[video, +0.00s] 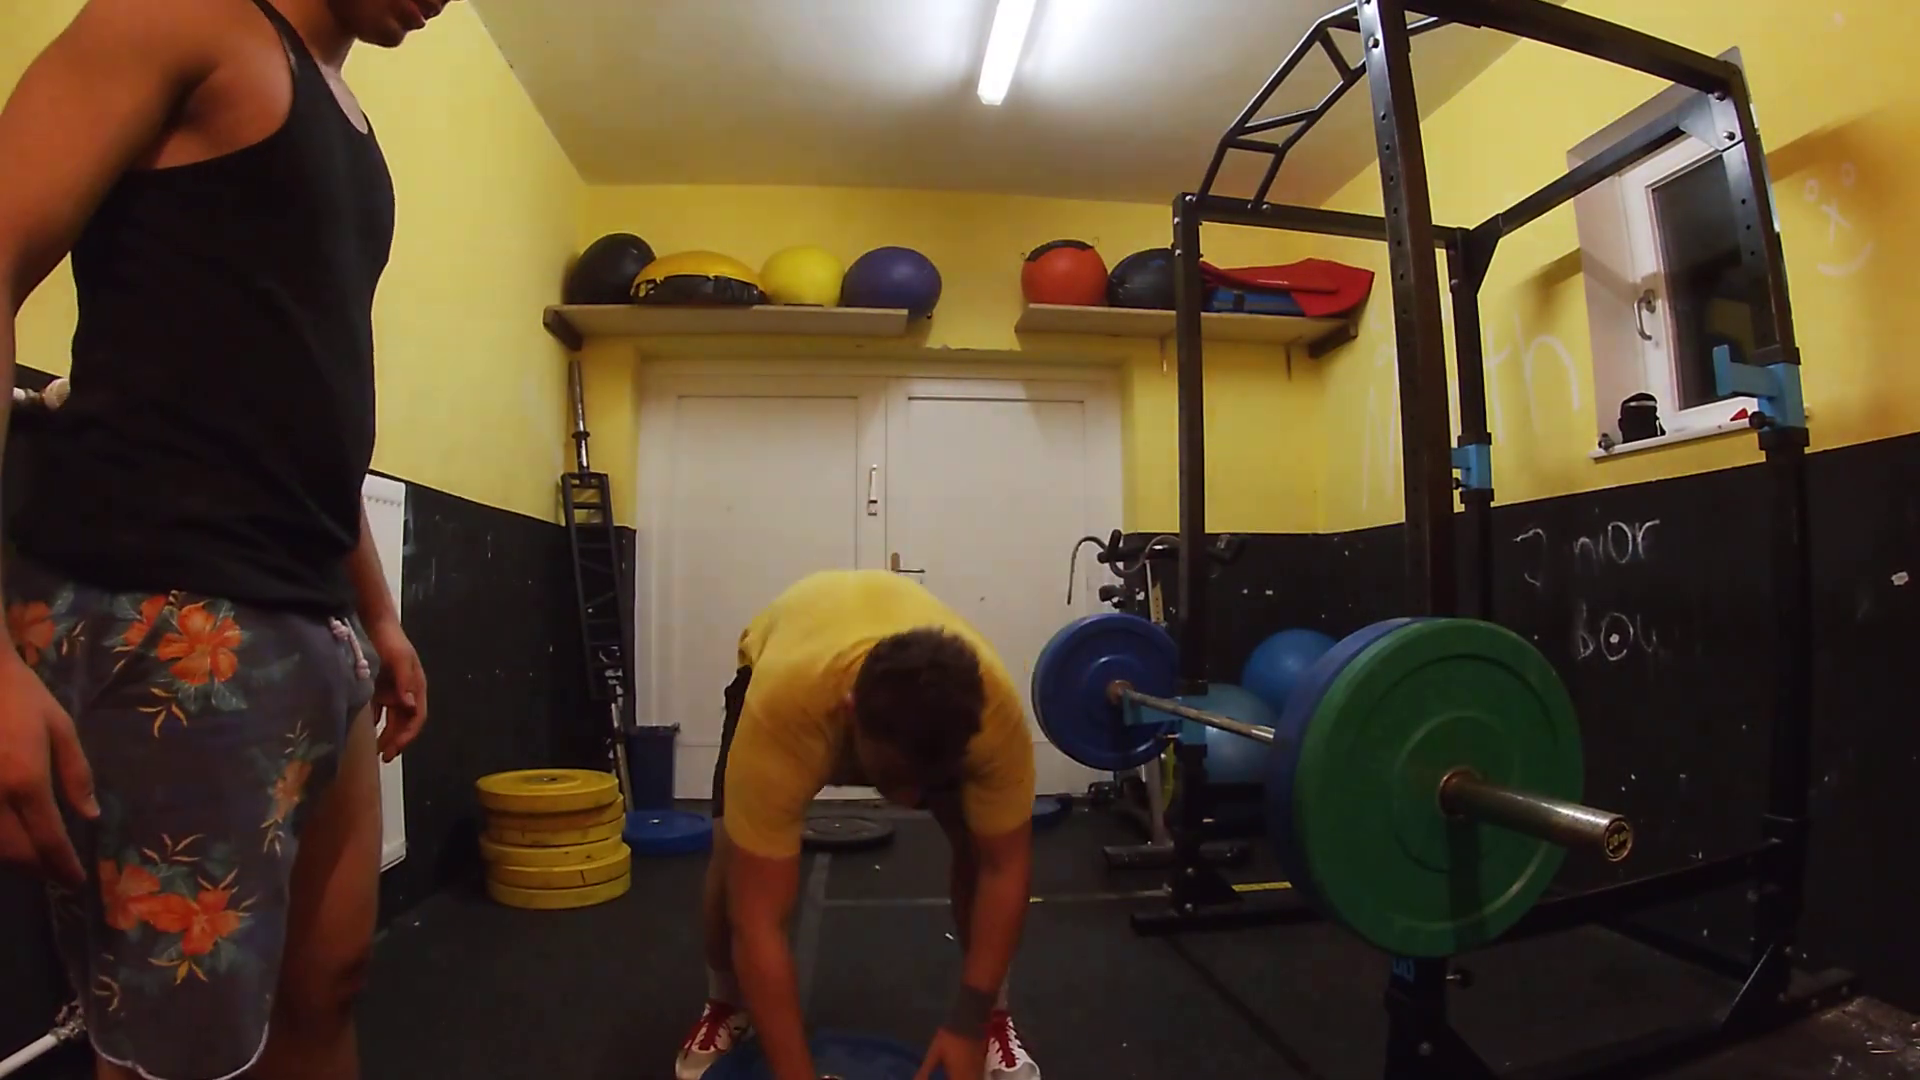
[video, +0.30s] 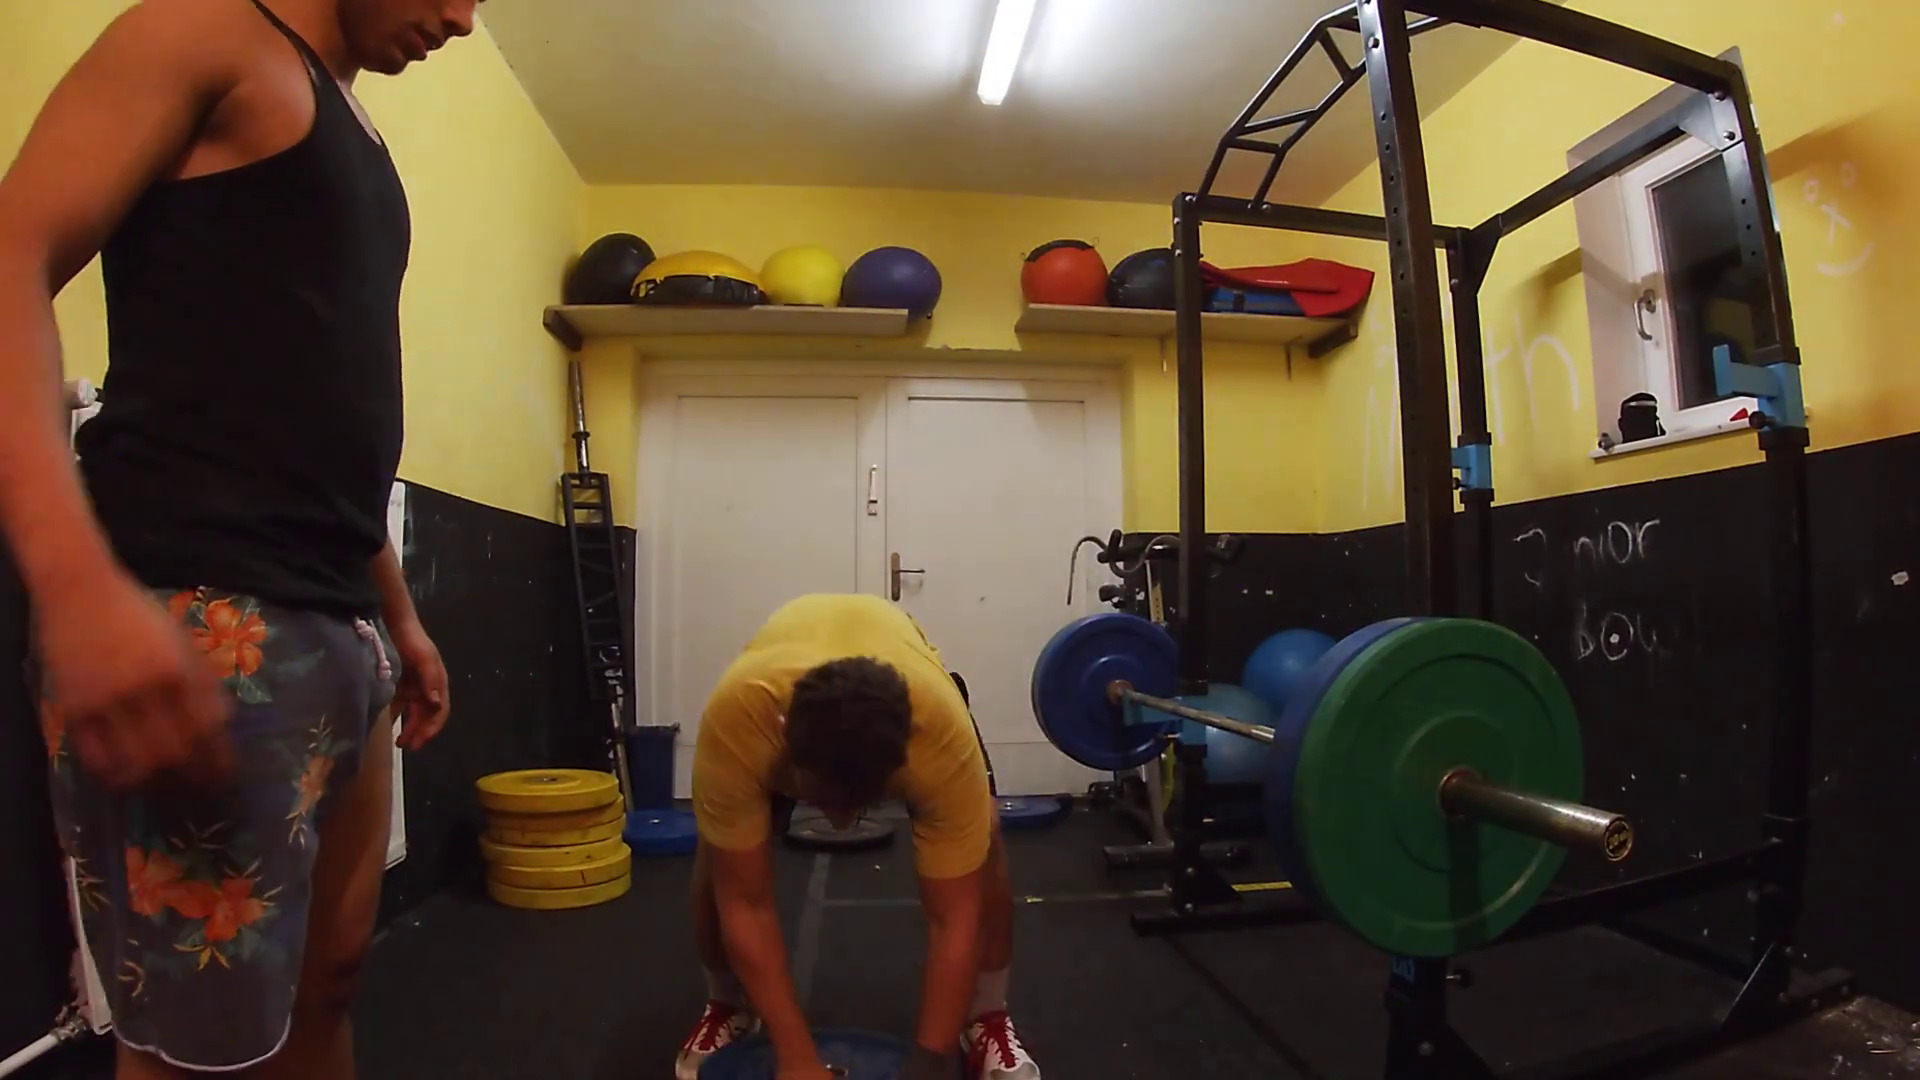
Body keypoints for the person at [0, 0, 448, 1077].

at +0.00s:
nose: (434, 3)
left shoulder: (346, 114)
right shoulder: (181, 22)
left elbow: (309, 394)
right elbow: (1, 285)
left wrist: (375, 609)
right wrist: (1, 654)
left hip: (316, 634)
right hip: (168, 634)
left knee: (323, 1002)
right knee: (171, 1046)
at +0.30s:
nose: (463, 18)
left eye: (472, 4)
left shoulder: (353, 129)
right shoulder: (200, 33)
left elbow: (330, 397)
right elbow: (11, 262)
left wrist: (394, 610)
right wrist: (79, 590)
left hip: (339, 633)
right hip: (196, 629)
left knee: (323, 997)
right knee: (184, 1045)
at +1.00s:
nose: (441, 69)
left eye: (463, 49)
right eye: (445, 28)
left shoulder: (342, 151)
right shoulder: (198, 86)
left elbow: (347, 401)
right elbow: (229, 28)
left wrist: (420, 605)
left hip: (357, 619)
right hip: (223, 617)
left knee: (325, 996)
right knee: (215, 1034)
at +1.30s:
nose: (432, 66)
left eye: (454, 46)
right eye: (436, 26)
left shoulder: (338, 146)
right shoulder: (193, 68)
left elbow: (334, 398)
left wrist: (399, 599)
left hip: (345, 617)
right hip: (218, 617)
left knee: (320, 999)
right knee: (211, 1038)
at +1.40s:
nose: (427, 65)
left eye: (450, 45)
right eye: (434, 24)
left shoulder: (340, 146)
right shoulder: (187, 66)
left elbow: (328, 400)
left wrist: (402, 599)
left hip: (345, 619)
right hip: (216, 620)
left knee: (319, 1000)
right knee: (209, 1039)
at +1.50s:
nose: (427, 60)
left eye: (450, 41)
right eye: (432, 20)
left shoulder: (341, 147)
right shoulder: (187, 69)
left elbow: (334, 400)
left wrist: (408, 599)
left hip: (347, 622)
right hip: (214, 620)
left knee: (320, 1001)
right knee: (209, 1038)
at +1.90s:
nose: (439, 55)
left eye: (464, 37)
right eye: (442, 16)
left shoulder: (344, 157)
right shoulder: (193, 75)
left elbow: (340, 407)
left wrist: (417, 604)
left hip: (355, 624)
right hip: (217, 623)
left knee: (324, 998)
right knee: (212, 1042)